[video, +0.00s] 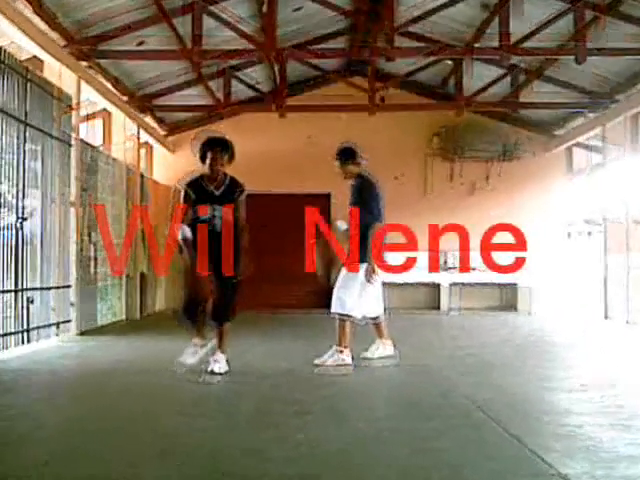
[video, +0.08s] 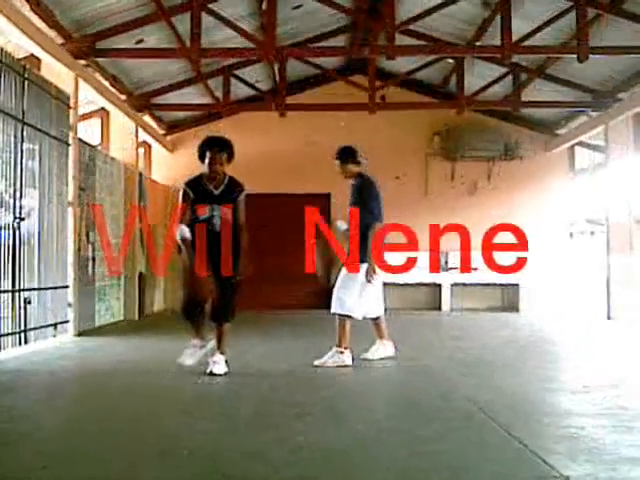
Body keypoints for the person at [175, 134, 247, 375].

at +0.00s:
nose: (216, 163)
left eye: (221, 158)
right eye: (212, 157)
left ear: (227, 160)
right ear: (205, 159)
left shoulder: (236, 189)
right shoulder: (193, 187)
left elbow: (242, 225)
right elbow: (184, 222)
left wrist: (242, 259)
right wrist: (184, 245)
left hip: (226, 255)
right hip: (199, 254)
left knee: (223, 304)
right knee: (196, 298)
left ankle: (220, 351)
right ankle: (199, 340)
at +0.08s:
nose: (216, 168)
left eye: (221, 163)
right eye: (212, 162)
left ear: (228, 162)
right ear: (204, 162)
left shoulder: (236, 189)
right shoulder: (192, 187)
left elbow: (241, 226)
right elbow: (183, 221)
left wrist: (242, 259)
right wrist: (182, 234)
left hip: (226, 257)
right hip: (198, 256)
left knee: (223, 306)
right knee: (193, 302)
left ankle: (219, 353)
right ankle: (198, 340)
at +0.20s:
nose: (214, 167)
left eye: (219, 162)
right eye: (209, 162)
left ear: (226, 161)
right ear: (202, 161)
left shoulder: (235, 188)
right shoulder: (190, 187)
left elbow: (241, 226)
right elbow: (181, 223)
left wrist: (241, 260)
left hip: (225, 260)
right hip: (197, 259)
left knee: (221, 308)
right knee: (192, 304)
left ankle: (218, 354)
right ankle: (197, 341)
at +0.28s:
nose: (212, 167)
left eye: (218, 161)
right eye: (208, 161)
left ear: (225, 161)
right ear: (200, 160)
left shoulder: (235, 189)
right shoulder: (189, 187)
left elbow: (241, 227)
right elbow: (179, 224)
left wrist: (243, 260)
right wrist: (184, 252)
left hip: (226, 260)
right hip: (196, 260)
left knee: (221, 309)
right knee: (190, 305)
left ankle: (217, 354)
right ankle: (197, 342)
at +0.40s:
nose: (212, 166)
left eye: (217, 160)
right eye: (207, 160)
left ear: (225, 161)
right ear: (200, 159)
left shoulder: (235, 189)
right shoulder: (187, 187)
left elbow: (241, 227)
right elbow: (177, 224)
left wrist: (243, 260)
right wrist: (178, 229)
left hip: (227, 261)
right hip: (196, 260)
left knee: (220, 311)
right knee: (190, 306)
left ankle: (218, 354)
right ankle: (197, 341)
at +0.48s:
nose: (212, 164)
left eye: (217, 158)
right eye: (207, 158)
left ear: (225, 159)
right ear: (199, 158)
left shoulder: (234, 189)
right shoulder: (187, 187)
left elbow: (241, 228)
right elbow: (177, 225)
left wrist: (241, 261)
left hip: (226, 260)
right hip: (195, 259)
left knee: (220, 309)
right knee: (190, 303)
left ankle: (217, 354)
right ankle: (197, 340)